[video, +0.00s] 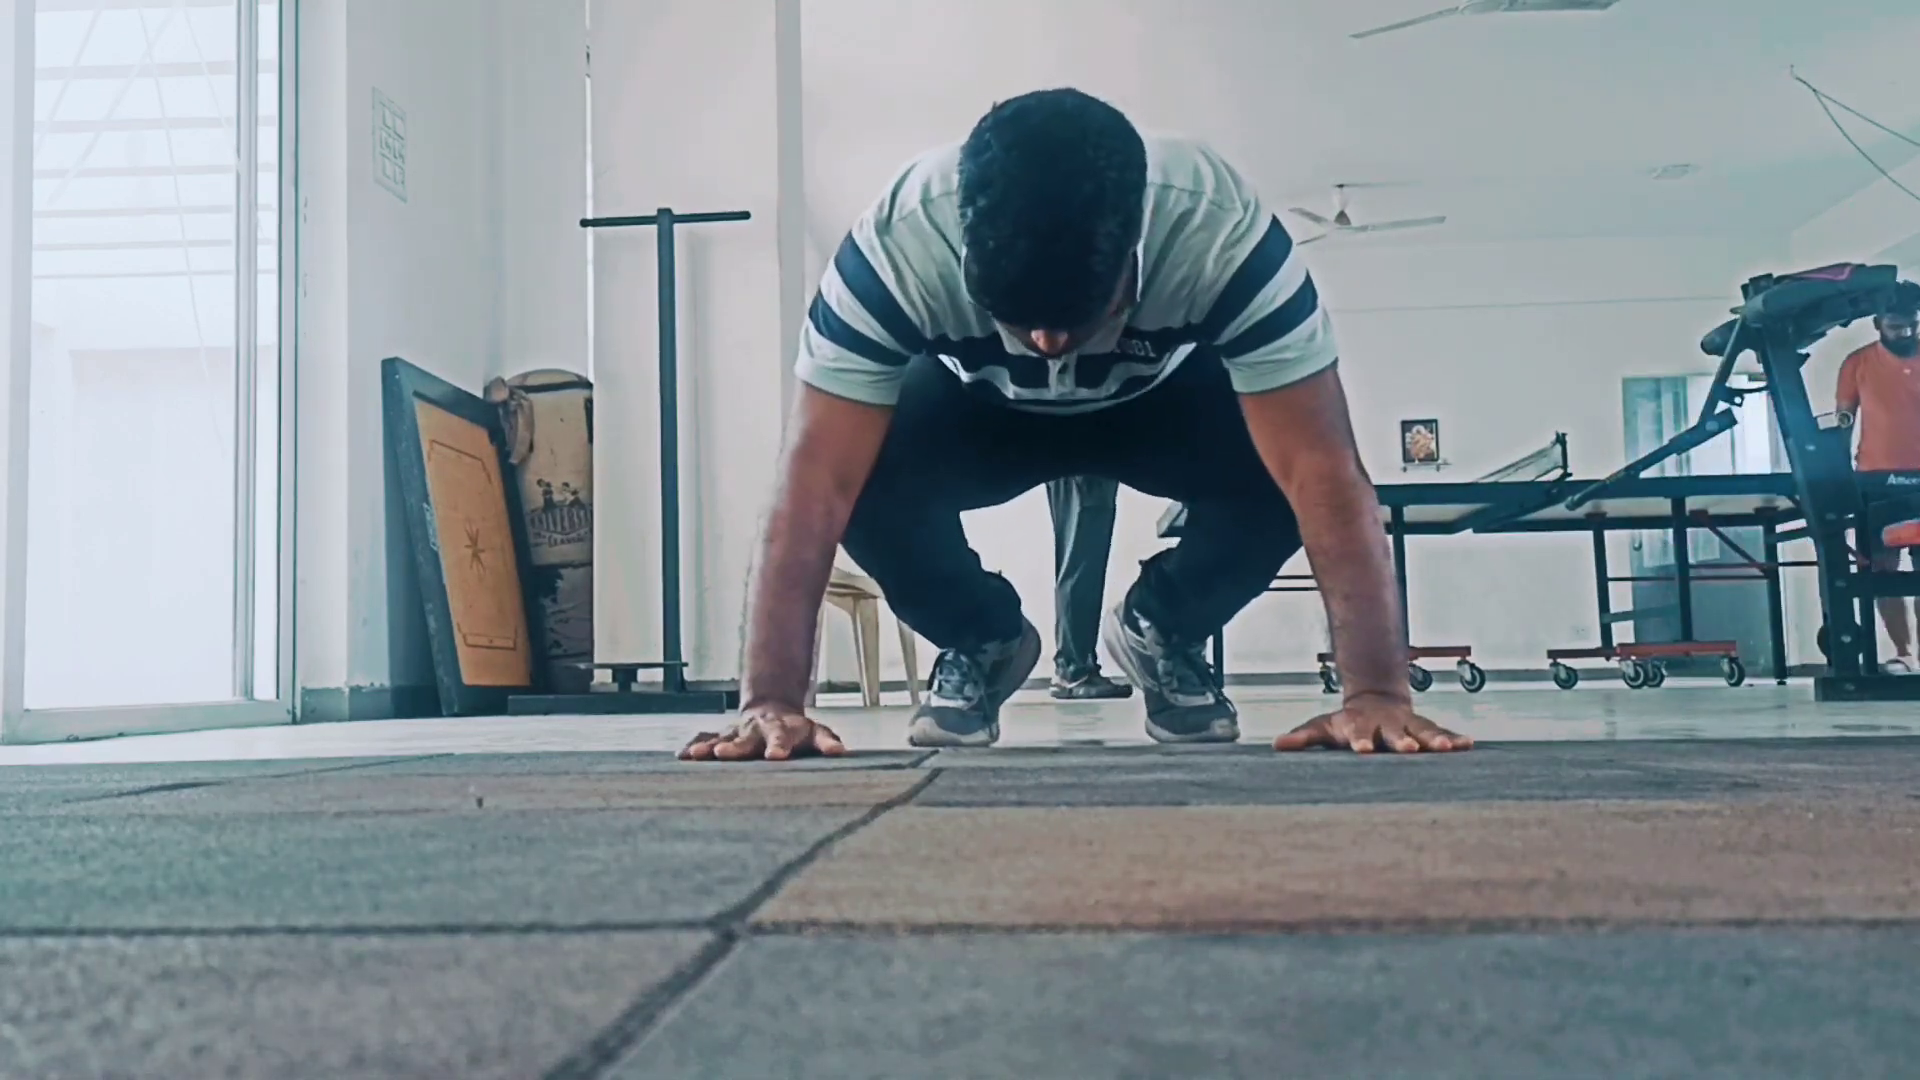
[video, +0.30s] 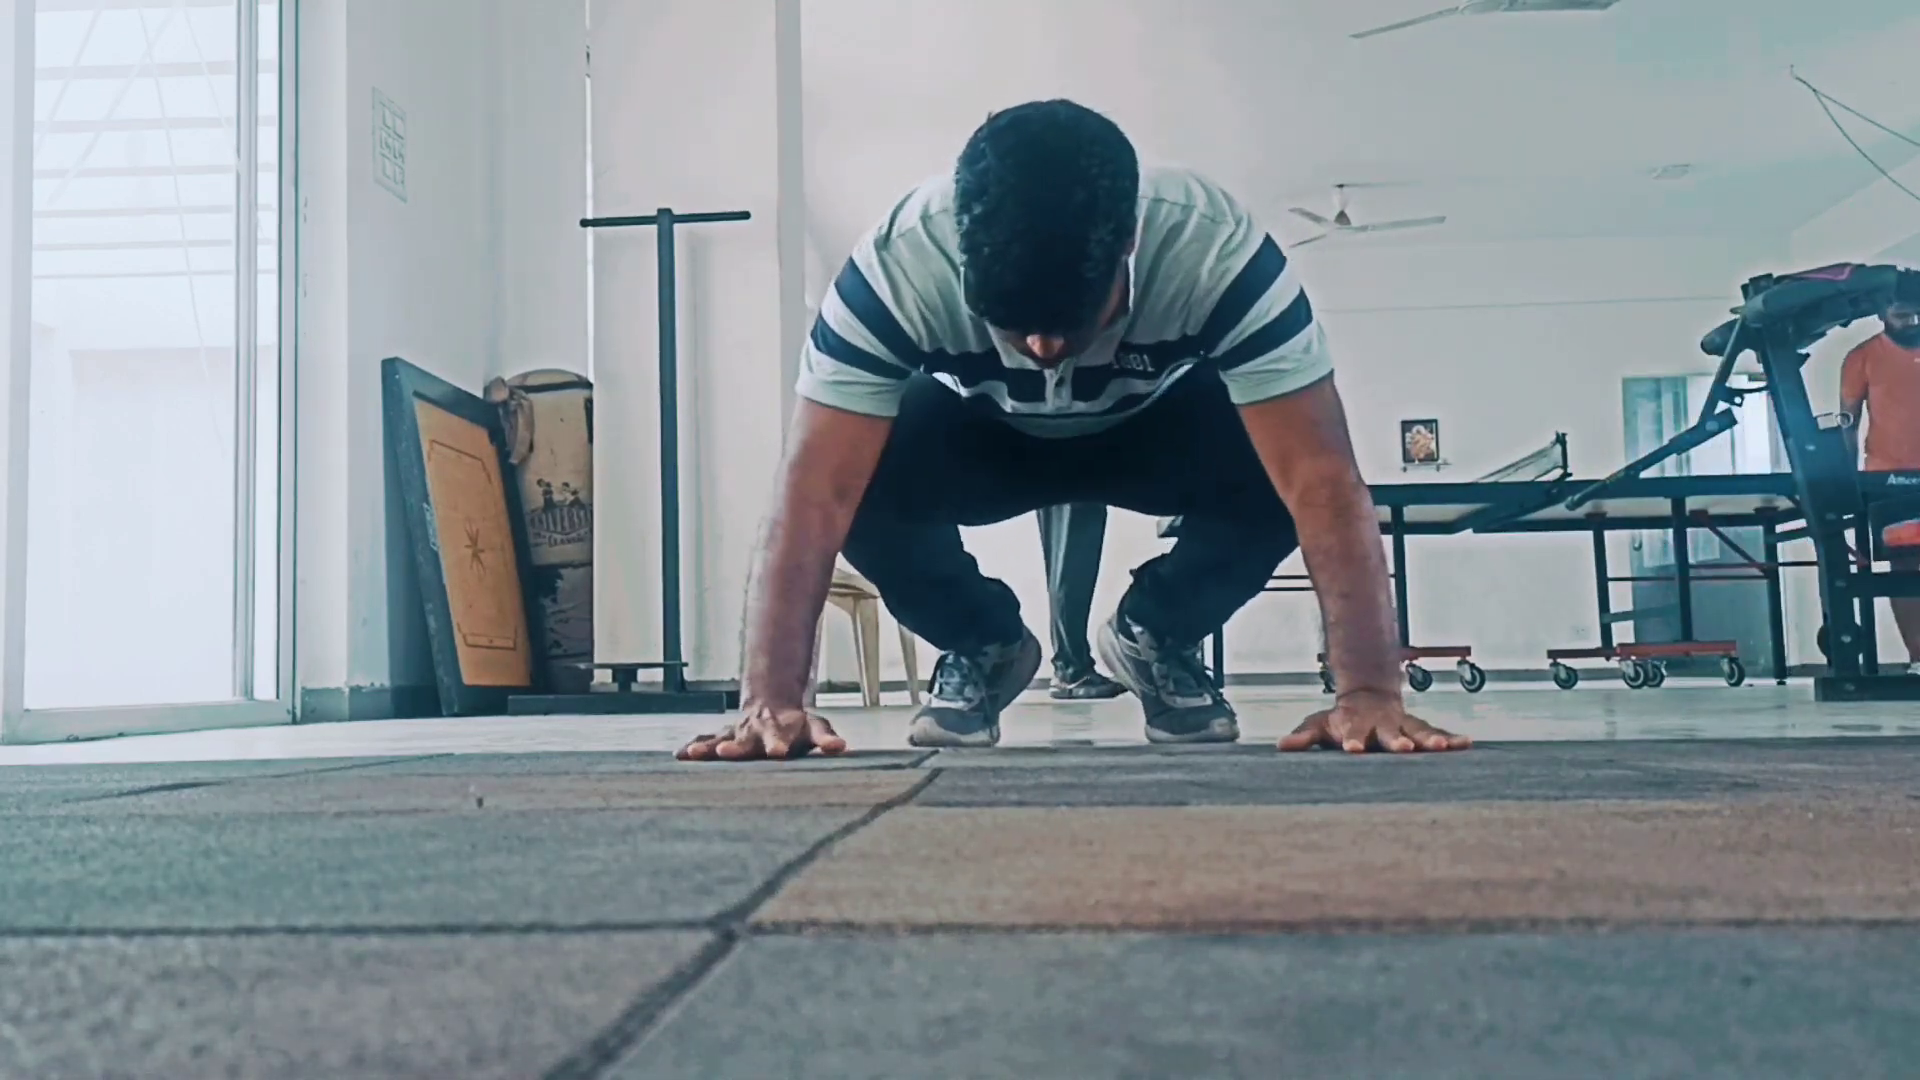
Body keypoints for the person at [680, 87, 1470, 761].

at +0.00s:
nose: (1052, 346)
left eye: (1082, 324)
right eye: (1025, 325)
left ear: (1137, 248)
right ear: (974, 249)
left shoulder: (1228, 235)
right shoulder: (900, 251)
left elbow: (1326, 479)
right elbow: (817, 483)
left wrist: (1377, 691)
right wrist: (772, 700)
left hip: (1160, 396)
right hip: (989, 400)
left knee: (1283, 493)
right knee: (870, 492)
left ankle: (1164, 625)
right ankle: (985, 638)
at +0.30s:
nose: (1048, 354)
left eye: (1076, 331)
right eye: (1021, 333)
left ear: (1129, 257)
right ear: (971, 264)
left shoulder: (1225, 257)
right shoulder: (903, 266)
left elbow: (1322, 480)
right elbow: (819, 486)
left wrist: (1370, 689)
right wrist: (776, 698)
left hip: (1152, 429)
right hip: (984, 432)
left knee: (1285, 488)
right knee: (857, 490)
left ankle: (1157, 630)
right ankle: (987, 643)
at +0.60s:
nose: (1060, 373)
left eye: (1086, 352)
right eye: (1025, 352)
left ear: (1144, 268)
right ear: (971, 257)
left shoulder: (1233, 229)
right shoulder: (896, 238)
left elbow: (1334, 460)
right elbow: (804, 469)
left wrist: (1375, 691)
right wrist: (771, 698)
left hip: (1157, 357)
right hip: (974, 363)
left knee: (1264, 477)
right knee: (868, 490)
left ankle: (1161, 629)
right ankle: (985, 642)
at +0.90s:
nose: (1064, 448)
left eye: (1082, 429)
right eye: (1036, 427)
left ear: (1146, 319)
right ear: (965, 297)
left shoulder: (1239, 214)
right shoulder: (888, 226)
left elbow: (1360, 451)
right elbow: (789, 455)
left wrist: (1377, 696)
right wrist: (768, 700)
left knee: (1210, 499)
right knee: (930, 508)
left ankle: (1190, 573)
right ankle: (944, 609)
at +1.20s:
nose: (1065, 424)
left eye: (1100, 396)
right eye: (1033, 401)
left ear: (1160, 294)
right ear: (973, 284)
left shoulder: (1246, 232)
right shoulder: (891, 244)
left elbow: (1364, 455)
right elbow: (787, 466)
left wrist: (1378, 692)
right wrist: (769, 699)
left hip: (1160, 397)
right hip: (970, 403)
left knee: (1185, 559)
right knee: (957, 562)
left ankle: (1193, 665)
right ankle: (947, 662)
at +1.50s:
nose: (1065, 511)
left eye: (1084, 493)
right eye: (1052, 495)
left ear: (1143, 374)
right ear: (979, 373)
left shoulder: (1207, 276)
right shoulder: (914, 285)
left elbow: (1317, 495)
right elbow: (817, 490)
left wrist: (1371, 692)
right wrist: (772, 699)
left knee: (1169, 492)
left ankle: (1190, 682)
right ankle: (957, 667)